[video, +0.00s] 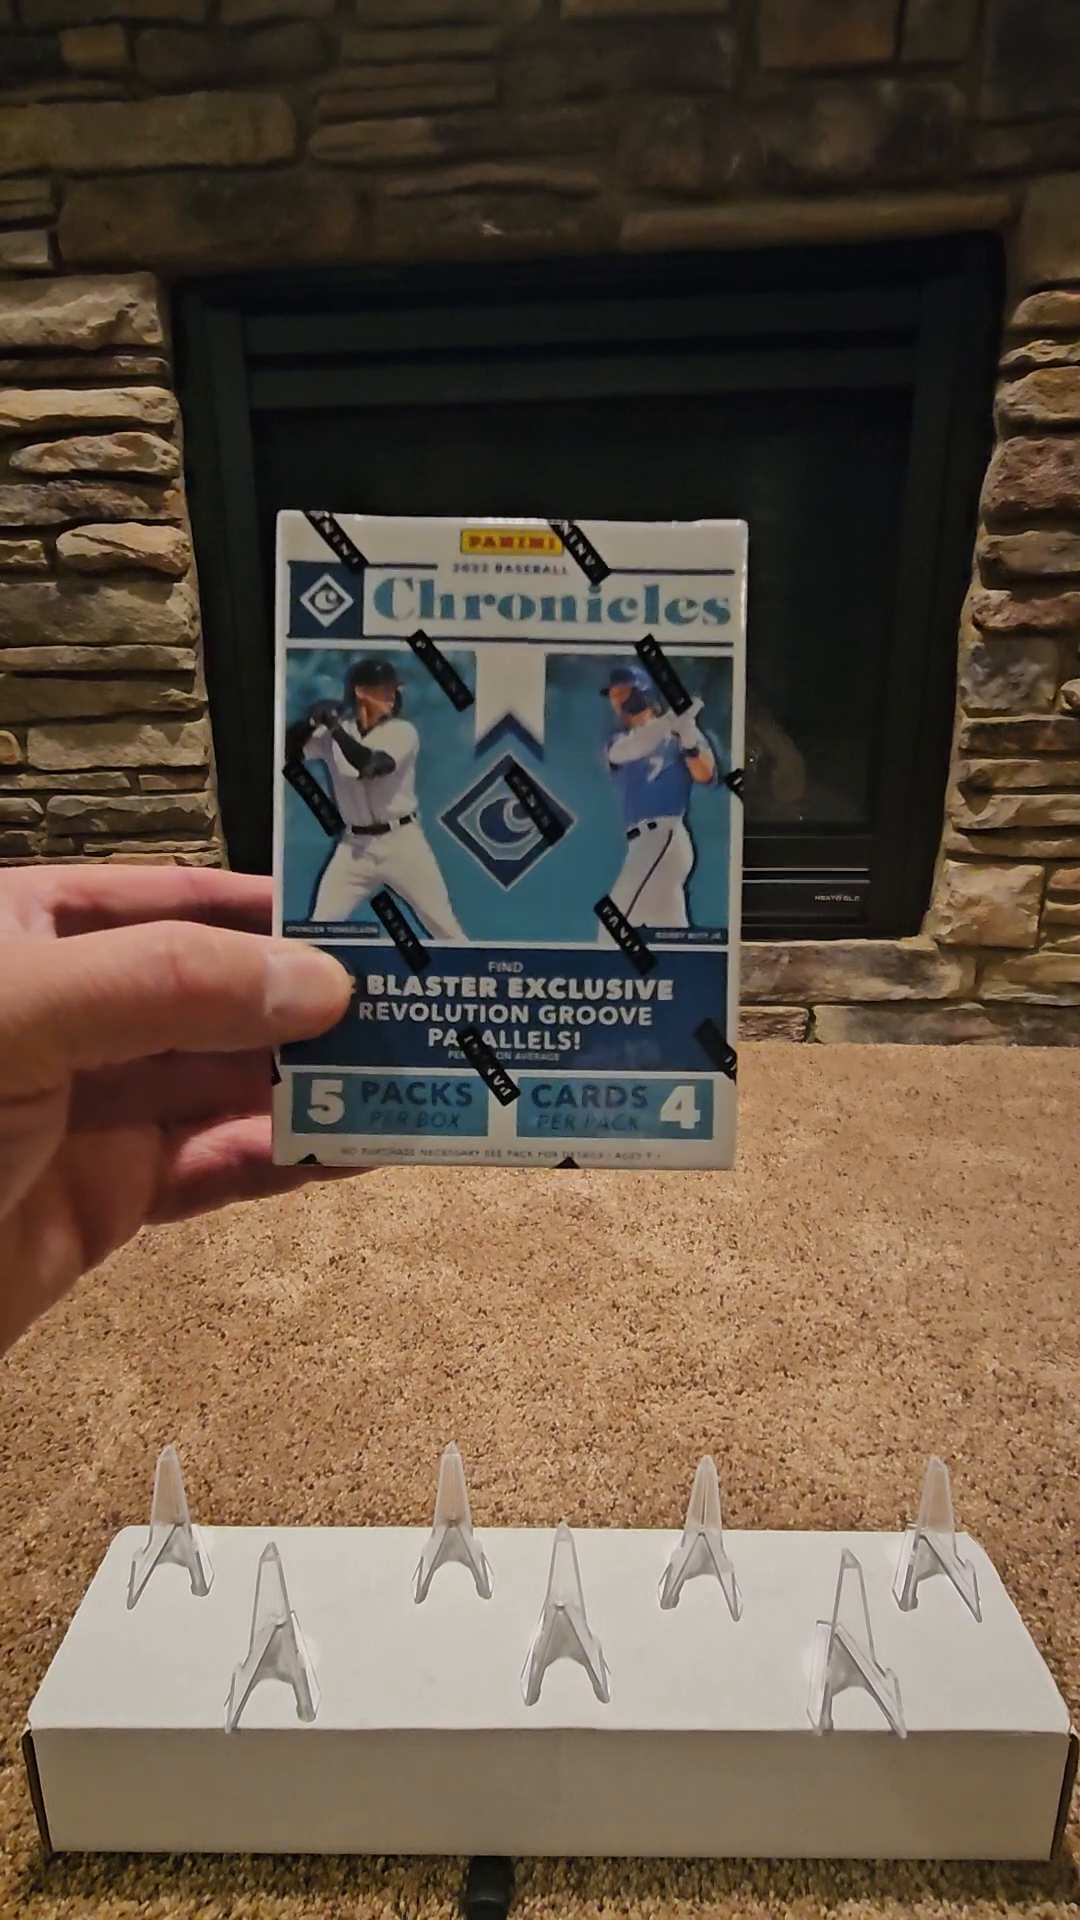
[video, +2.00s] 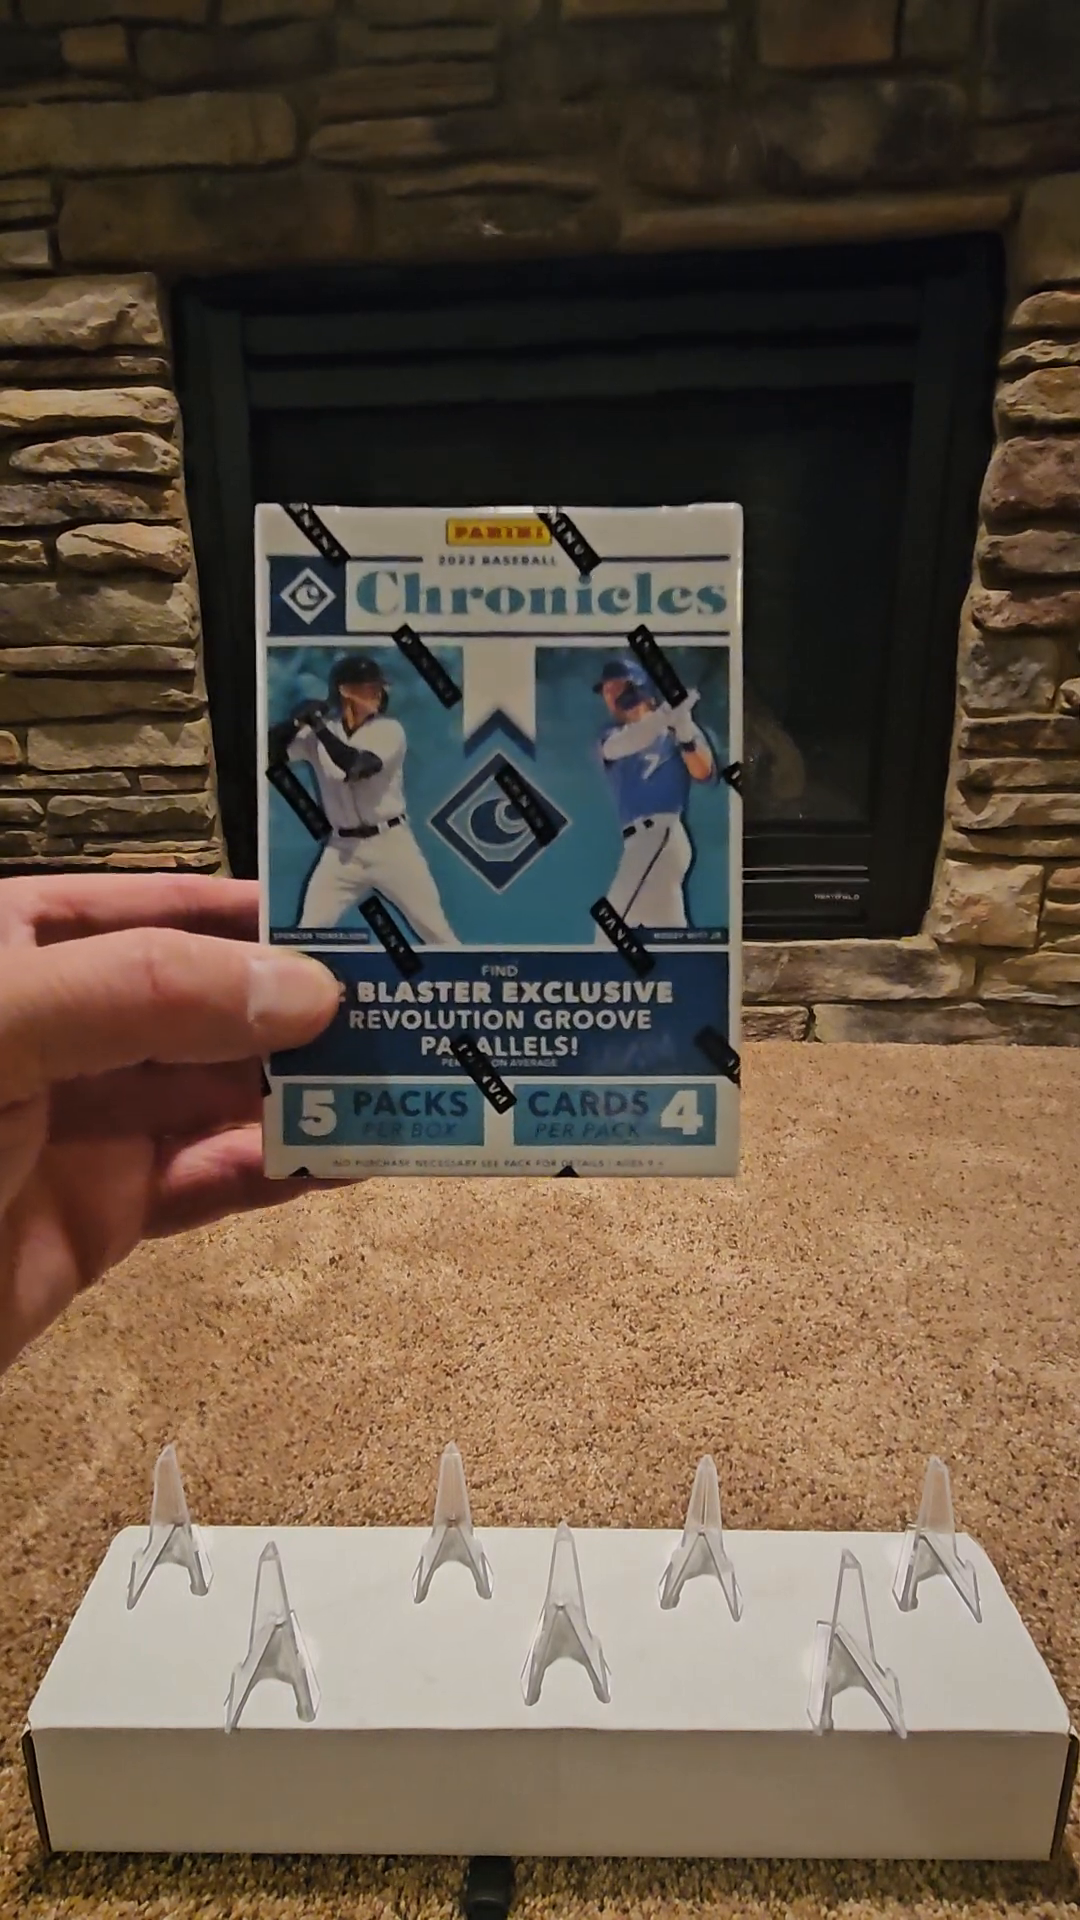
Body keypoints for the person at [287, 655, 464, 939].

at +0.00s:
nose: (392, 693)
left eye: (393, 687)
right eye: (384, 687)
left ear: (396, 692)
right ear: (361, 693)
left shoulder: (402, 731)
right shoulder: (332, 736)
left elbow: (371, 766)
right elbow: (288, 752)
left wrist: (333, 727)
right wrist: (310, 722)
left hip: (403, 844)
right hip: (354, 847)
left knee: (444, 927)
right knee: (321, 929)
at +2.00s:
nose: (376, 690)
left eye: (377, 684)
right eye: (367, 684)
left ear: (382, 689)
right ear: (345, 691)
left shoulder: (389, 730)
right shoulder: (315, 737)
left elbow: (355, 768)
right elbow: (269, 755)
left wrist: (318, 726)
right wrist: (293, 724)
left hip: (392, 846)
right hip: (342, 850)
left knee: (436, 932)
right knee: (309, 937)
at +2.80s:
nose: (371, 651)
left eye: (371, 644)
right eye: (361, 644)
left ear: (375, 649)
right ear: (335, 650)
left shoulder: (381, 693)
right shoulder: (303, 699)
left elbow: (344, 731)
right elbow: (255, 716)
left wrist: (307, 689)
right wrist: (282, 683)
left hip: (384, 816)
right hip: (330, 820)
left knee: (428, 906)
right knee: (297, 912)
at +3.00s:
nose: (336, 601)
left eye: (337, 594)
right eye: (326, 594)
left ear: (340, 599)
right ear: (300, 601)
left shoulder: (349, 645)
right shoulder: (266, 650)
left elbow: (311, 686)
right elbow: (216, 669)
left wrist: (270, 641)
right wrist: (243, 635)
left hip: (352, 774)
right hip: (296, 779)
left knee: (400, 871)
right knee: (261, 875)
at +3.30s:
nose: (342, 551)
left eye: (343, 543)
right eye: (331, 543)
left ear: (348, 550)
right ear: (304, 551)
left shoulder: (356, 600)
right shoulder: (269, 606)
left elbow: (317, 643)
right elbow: (213, 622)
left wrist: (272, 595)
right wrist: (243, 591)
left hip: (361, 738)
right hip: (301, 744)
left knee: (413, 840)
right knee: (265, 848)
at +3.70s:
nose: (368, 501)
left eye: (370, 492)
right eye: (356, 492)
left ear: (377, 498)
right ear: (327, 499)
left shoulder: (385, 553)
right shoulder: (290, 559)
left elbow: (341, 602)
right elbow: (227, 583)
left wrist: (292, 548)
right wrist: (261, 543)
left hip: (389, 708)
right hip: (323, 714)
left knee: (446, 824)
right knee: (282, 829)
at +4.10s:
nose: (374, 549)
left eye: (379, 541)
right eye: (362, 540)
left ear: (387, 549)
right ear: (337, 547)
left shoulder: (396, 599)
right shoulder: (304, 604)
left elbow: (355, 646)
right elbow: (245, 631)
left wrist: (306, 595)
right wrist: (274, 589)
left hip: (399, 747)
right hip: (334, 753)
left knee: (454, 861)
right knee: (294, 864)